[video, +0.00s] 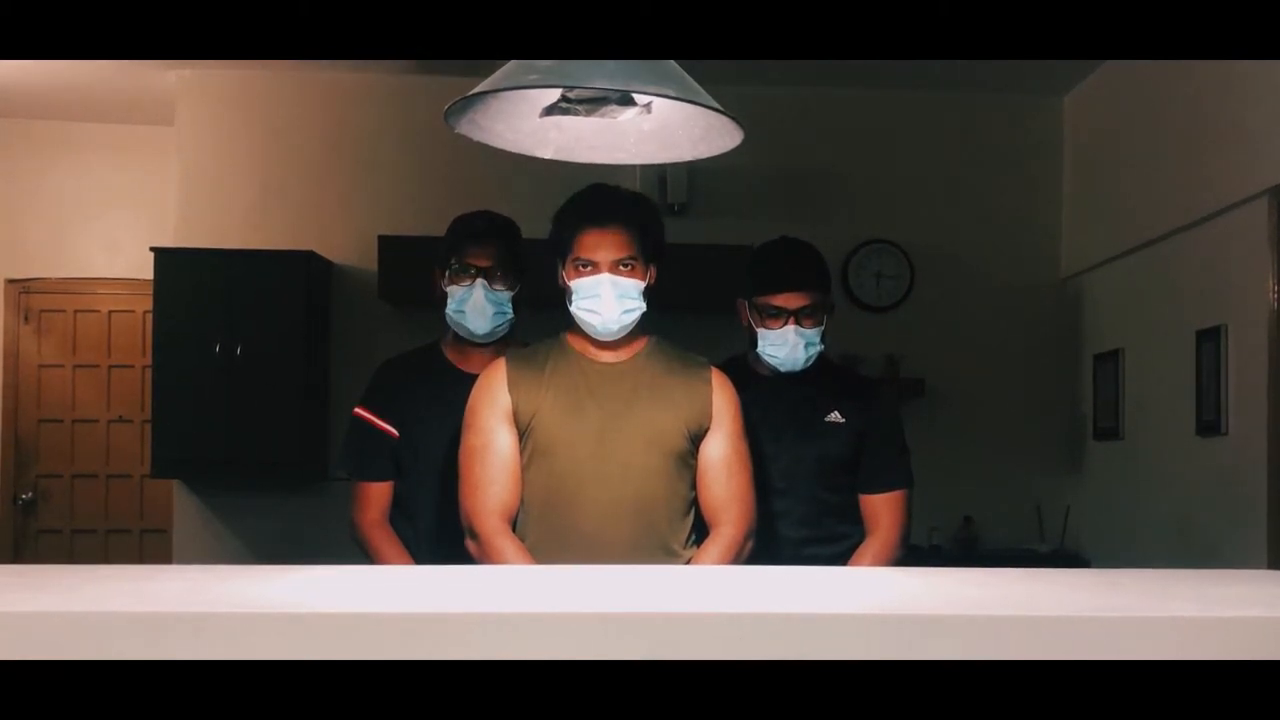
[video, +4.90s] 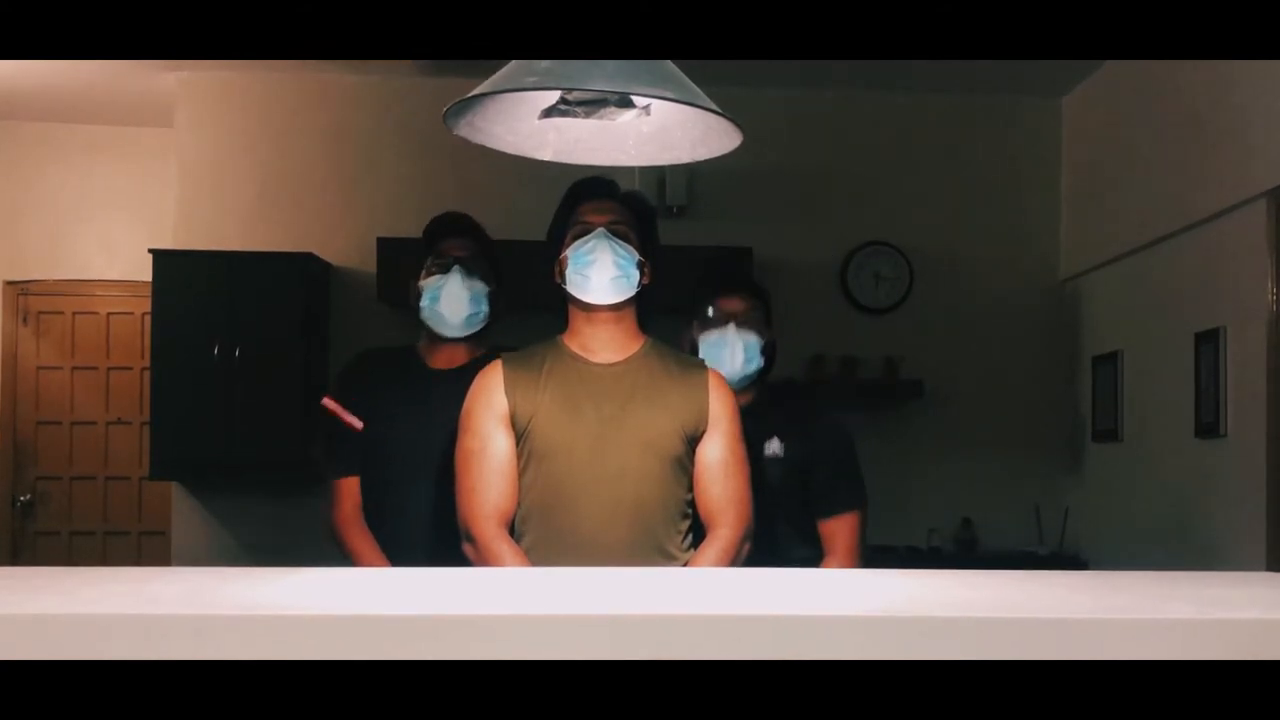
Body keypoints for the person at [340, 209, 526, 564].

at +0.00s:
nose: (480, 292)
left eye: (497, 277)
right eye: (464, 274)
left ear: (517, 287)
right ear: (442, 280)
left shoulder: (540, 383)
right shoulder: (399, 380)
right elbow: (370, 520)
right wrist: (423, 598)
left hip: (517, 594)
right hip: (428, 592)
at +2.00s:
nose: (480, 263)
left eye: (496, 252)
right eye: (464, 251)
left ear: (515, 270)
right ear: (442, 270)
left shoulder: (542, 380)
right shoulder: (397, 379)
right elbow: (368, 519)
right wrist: (421, 598)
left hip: (518, 594)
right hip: (426, 592)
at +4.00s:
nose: (481, 265)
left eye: (497, 255)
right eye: (466, 252)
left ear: (515, 273)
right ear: (441, 274)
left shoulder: (540, 381)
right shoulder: (396, 382)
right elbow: (367, 521)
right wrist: (420, 599)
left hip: (517, 595)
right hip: (425, 593)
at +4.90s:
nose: (454, 284)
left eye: (470, 271)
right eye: (439, 268)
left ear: (490, 287)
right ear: (418, 282)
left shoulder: (508, 380)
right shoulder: (369, 375)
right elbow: (346, 514)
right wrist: (393, 591)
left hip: (481, 592)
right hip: (389, 588)